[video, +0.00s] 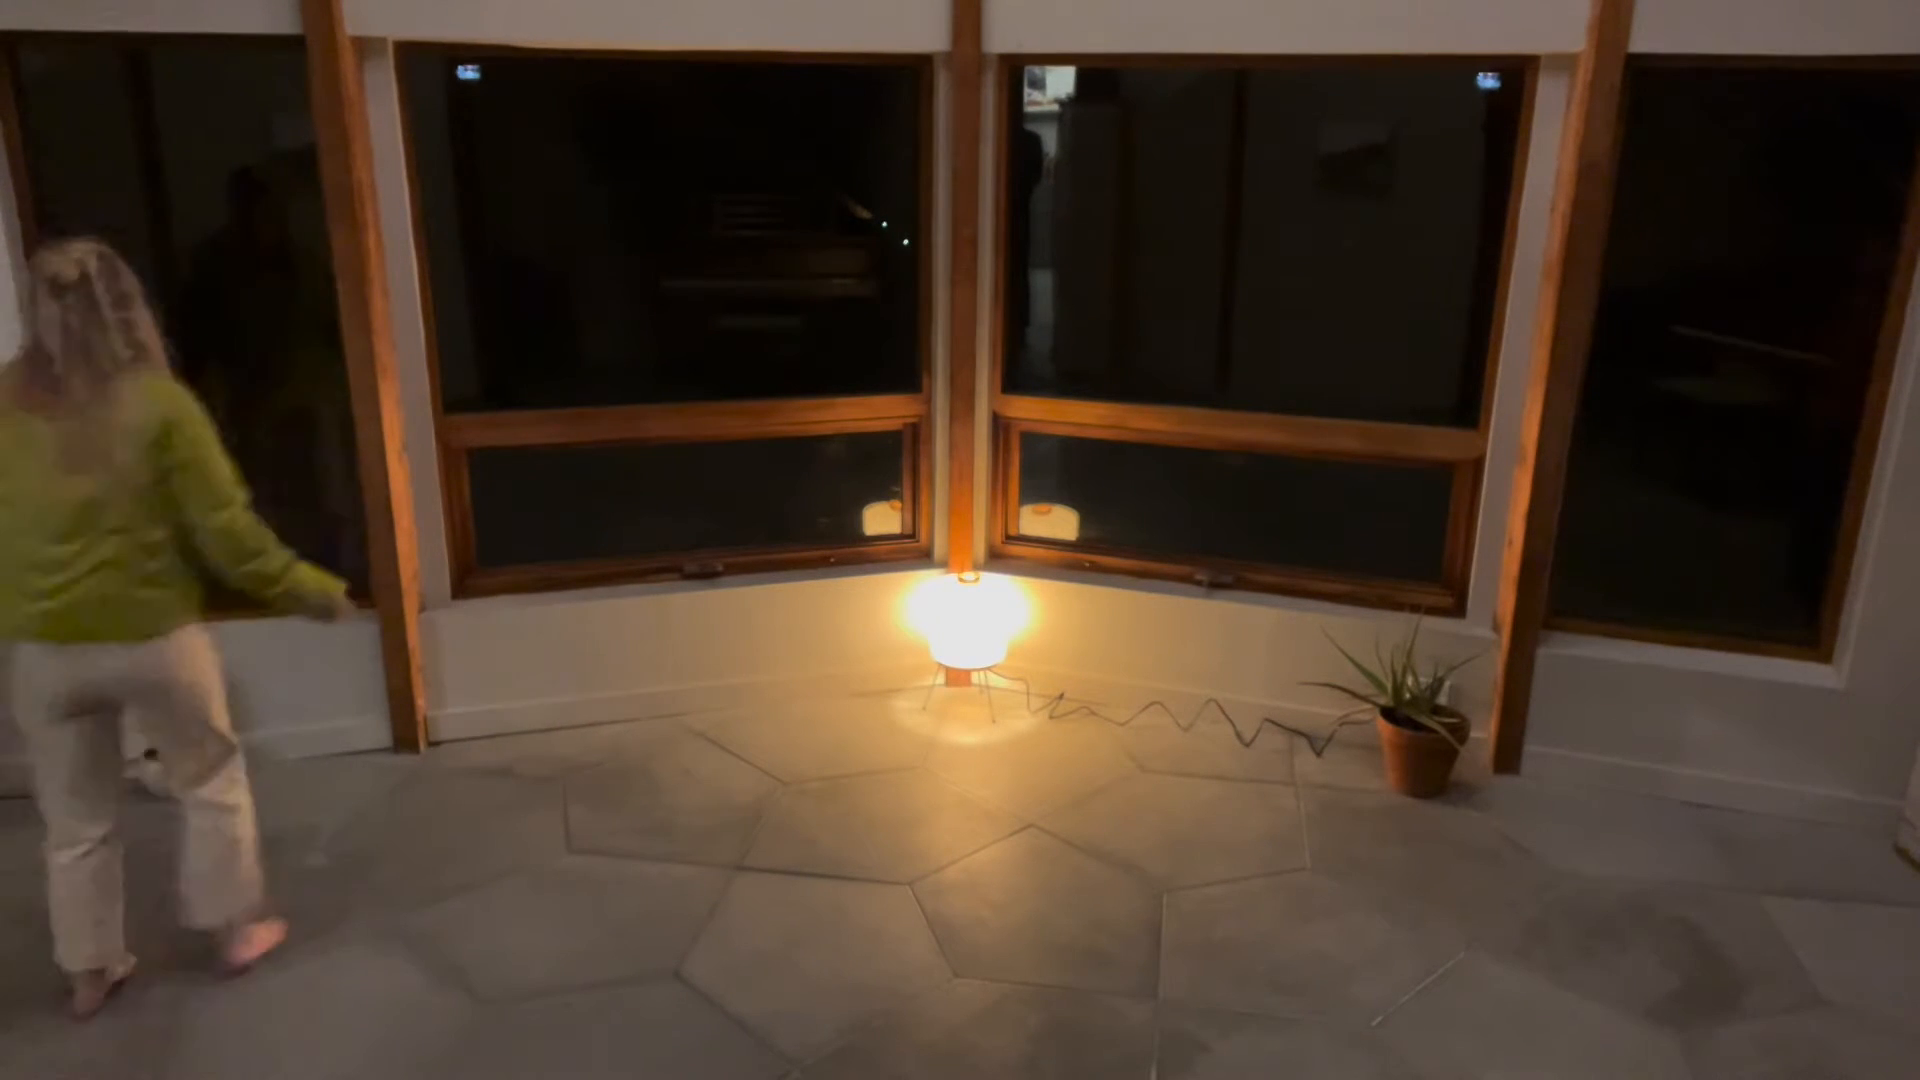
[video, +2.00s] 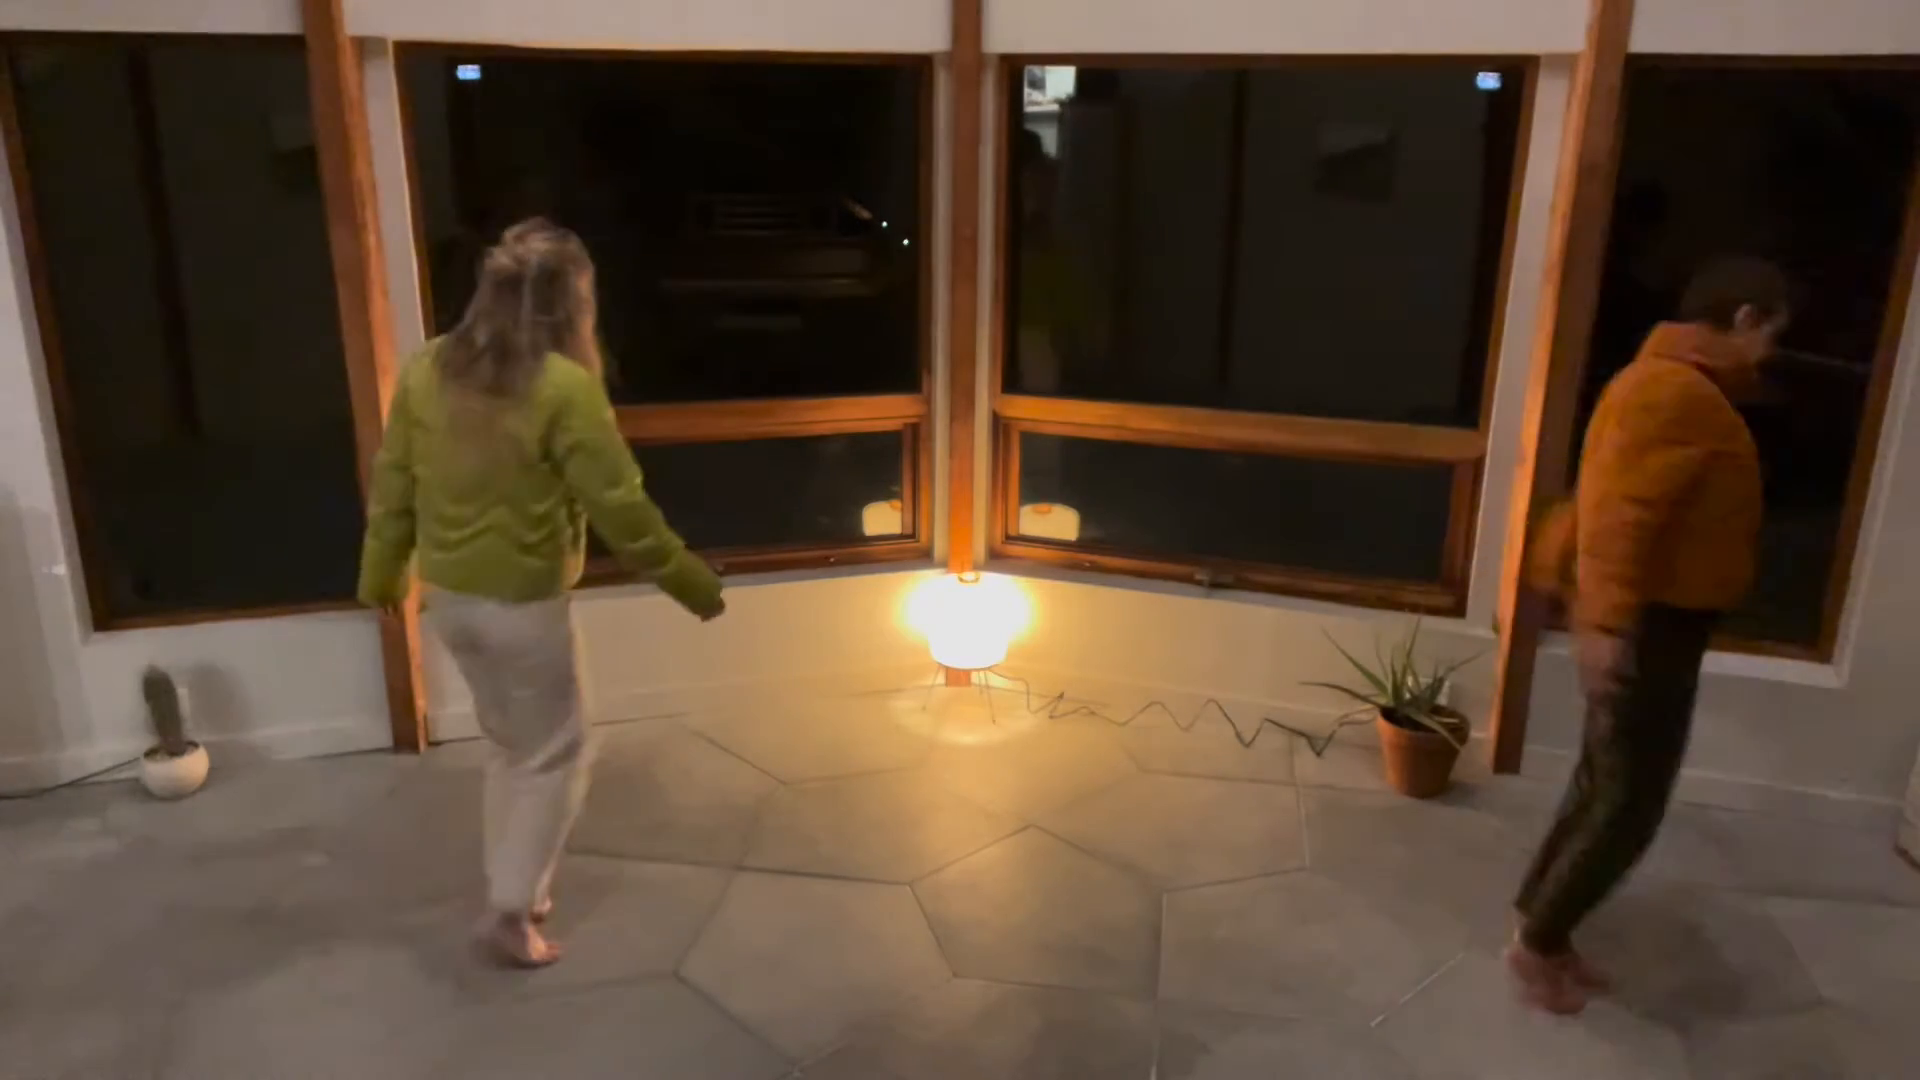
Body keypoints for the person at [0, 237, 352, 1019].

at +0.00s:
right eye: (136, 305)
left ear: (41, 319)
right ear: (129, 311)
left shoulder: (10, 407)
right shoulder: (159, 402)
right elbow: (227, 534)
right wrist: (318, 590)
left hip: (41, 654)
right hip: (154, 645)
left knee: (74, 822)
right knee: (208, 776)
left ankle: (90, 974)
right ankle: (237, 931)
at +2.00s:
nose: (592, 311)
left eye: (590, 298)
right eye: (587, 298)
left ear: (492, 292)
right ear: (565, 305)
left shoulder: (427, 368)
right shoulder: (565, 386)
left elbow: (393, 487)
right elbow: (619, 507)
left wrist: (378, 579)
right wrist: (693, 583)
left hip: (448, 601)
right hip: (523, 608)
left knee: (509, 747)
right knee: (554, 750)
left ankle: (513, 893)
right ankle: (513, 914)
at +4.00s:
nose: (730, 306)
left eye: (739, 294)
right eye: (719, 294)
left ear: (749, 285)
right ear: (686, 284)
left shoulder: (765, 320)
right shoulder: (649, 345)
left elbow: (848, 324)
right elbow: (608, 443)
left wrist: (928, 298)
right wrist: (625, 364)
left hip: (752, 528)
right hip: (686, 539)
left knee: (770, 660)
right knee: (714, 664)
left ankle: (740, 758)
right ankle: (692, 782)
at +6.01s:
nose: (724, 339)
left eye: (725, 325)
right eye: (722, 324)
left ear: (649, 302)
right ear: (699, 316)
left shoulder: (604, 354)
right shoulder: (668, 369)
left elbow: (566, 467)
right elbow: (632, 498)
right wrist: (648, 612)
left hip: (555, 578)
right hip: (599, 584)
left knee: (600, 724)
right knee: (633, 737)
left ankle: (583, 851)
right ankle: (596, 880)